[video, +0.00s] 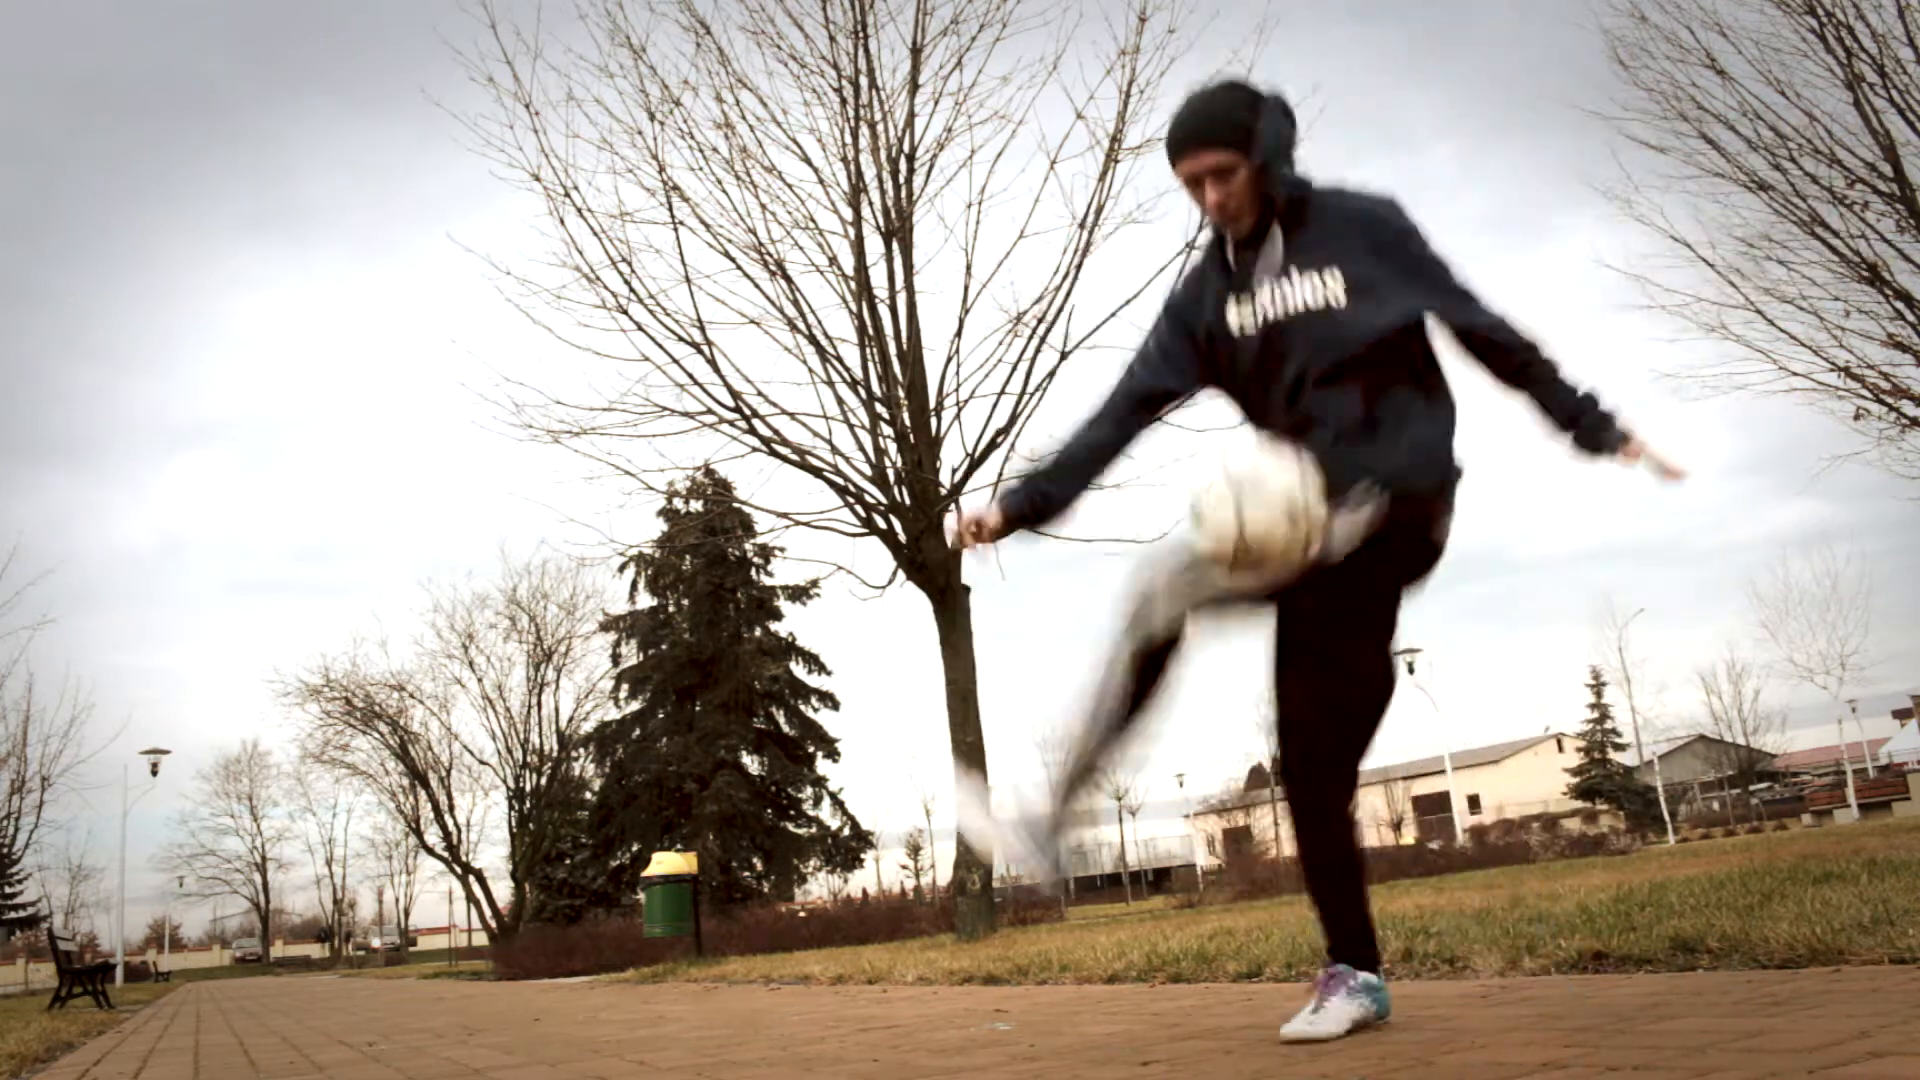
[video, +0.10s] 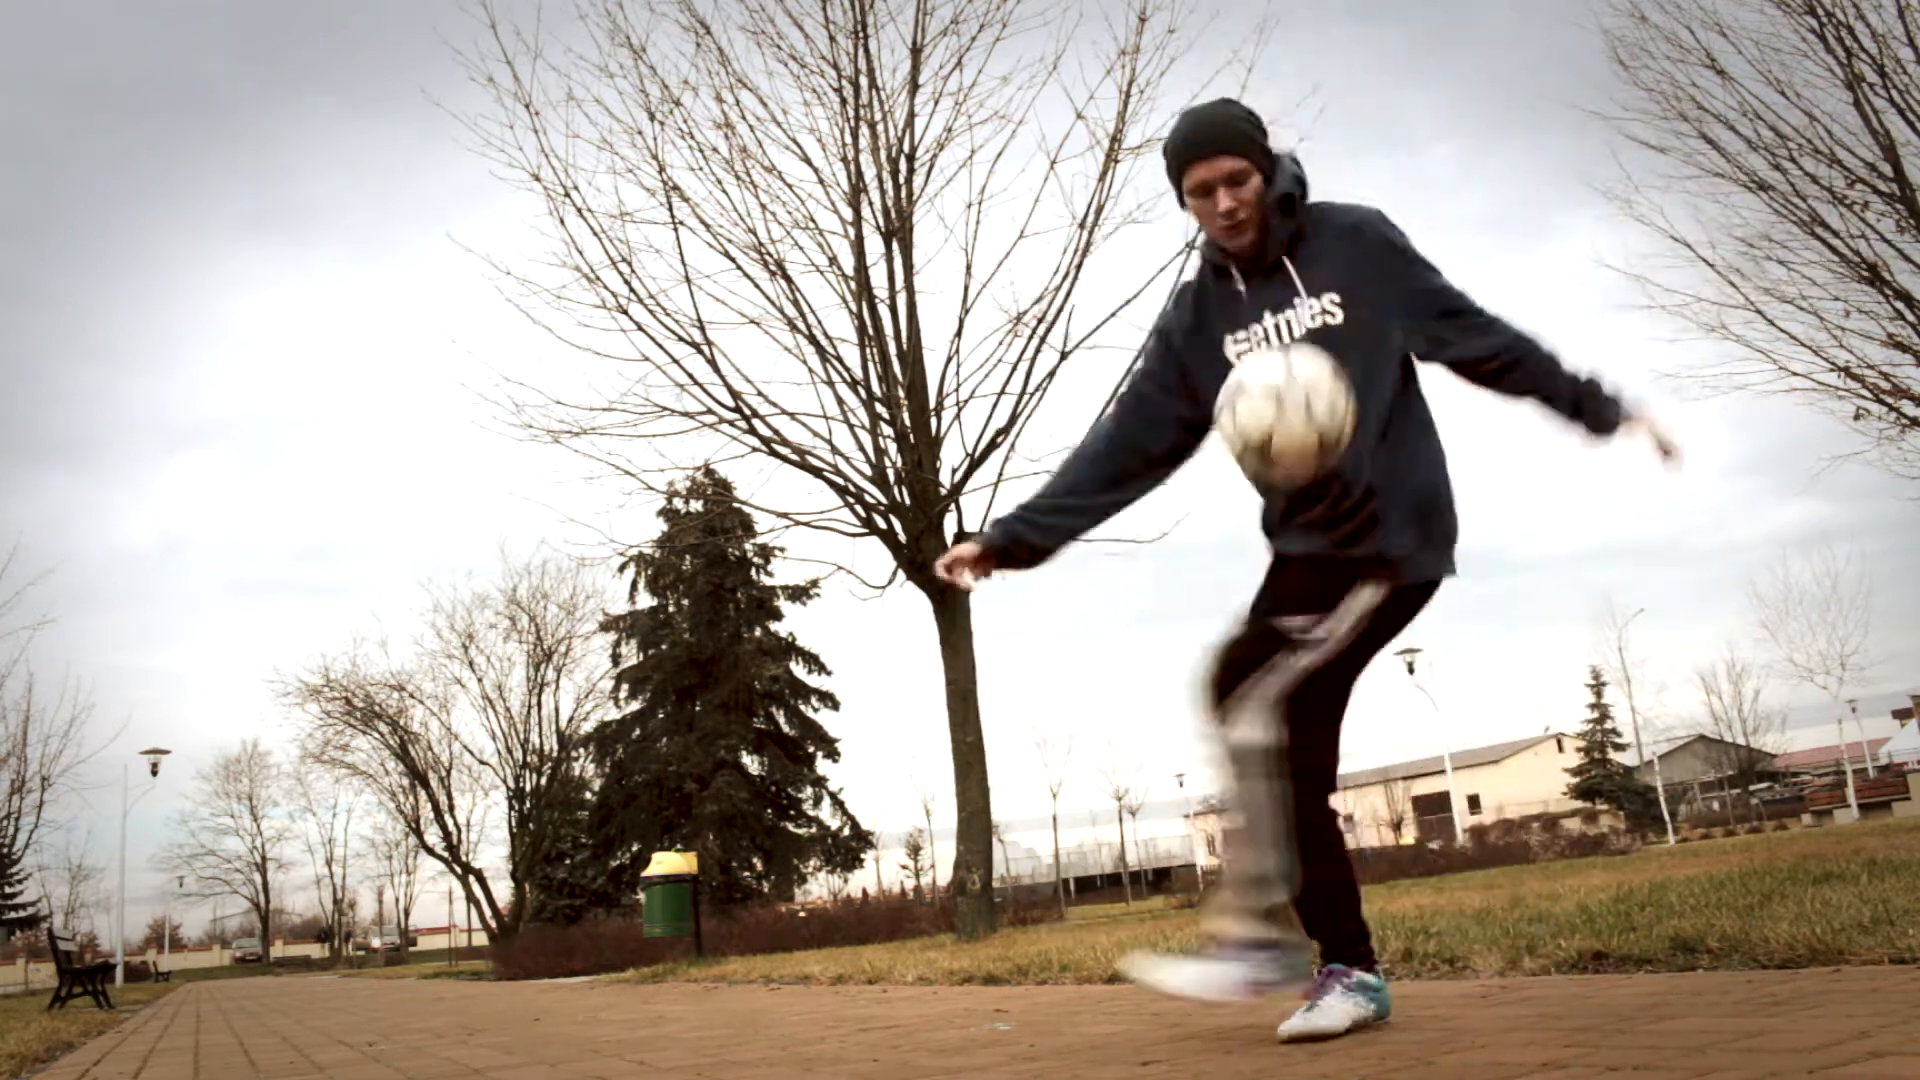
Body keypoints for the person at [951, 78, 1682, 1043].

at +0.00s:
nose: (1211, 199)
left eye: (1223, 175)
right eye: (1195, 184)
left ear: (1267, 159)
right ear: (1186, 188)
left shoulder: (1359, 227)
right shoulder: (1201, 296)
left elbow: (1474, 325)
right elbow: (1126, 410)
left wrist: (1592, 425)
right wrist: (1017, 505)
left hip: (1399, 486)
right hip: (1312, 508)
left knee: (1166, 591)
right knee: (1311, 758)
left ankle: (1058, 806)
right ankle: (1356, 973)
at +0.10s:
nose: (1224, 204)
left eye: (1236, 182)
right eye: (1204, 193)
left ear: (1269, 173)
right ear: (1186, 203)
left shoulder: (1353, 241)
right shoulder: (1196, 312)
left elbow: (1464, 335)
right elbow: (1131, 440)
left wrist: (1600, 408)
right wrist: (1007, 541)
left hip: (1395, 532)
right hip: (1302, 549)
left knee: (1250, 697)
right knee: (1290, 757)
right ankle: (1352, 972)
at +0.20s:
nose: (1239, 179)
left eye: (1250, 158)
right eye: (1217, 166)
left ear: (1273, 157)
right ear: (1185, 180)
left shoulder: (1340, 228)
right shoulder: (1172, 297)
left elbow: (1464, 281)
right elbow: (1105, 406)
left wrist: (1599, 320)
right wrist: (1034, 503)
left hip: (1407, 498)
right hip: (1296, 530)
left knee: (1429, 619)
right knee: (1301, 748)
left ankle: (1430, 818)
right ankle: (1355, 967)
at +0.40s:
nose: (1306, 142)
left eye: (1316, 125)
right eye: (1286, 130)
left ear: (1336, 129)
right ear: (1250, 145)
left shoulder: (1376, 214)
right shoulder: (1229, 229)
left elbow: (1489, 294)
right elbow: (1198, 352)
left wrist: (1625, 280)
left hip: (1390, 442)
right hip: (1295, 480)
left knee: (1493, 304)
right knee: (1327, 726)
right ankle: (1353, 965)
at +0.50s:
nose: (1319, 87)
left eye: (1330, 69)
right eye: (1296, 75)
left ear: (1348, 76)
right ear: (1261, 88)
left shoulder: (1374, 146)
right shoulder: (1254, 154)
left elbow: (1401, 212)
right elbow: (1235, 246)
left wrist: (1508, 229)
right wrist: (1305, 134)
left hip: (1418, 390)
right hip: (1330, 420)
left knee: (1523, 354)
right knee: (1329, 635)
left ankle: (1440, 562)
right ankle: (1335, 858)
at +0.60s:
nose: (1348, 79)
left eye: (1357, 63)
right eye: (1328, 66)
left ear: (1372, 67)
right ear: (1290, 75)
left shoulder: (1399, 149)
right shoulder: (1270, 148)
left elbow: (1463, 204)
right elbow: (1230, 197)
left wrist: (1593, 214)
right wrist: (1172, 204)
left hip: (1440, 364)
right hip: (1342, 377)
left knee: (1471, 572)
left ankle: (1550, 756)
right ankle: (1542, 745)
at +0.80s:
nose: (1399, 169)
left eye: (1417, 152)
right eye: (1380, 151)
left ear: (1439, 161)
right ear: (1346, 158)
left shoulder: (1488, 267)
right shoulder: (1288, 263)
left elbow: (1605, 346)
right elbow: (1219, 369)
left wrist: (1757, 393)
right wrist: (1127, 464)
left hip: (1462, 527)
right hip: (1344, 532)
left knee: (1551, 732)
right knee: (1565, 506)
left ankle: (1568, 944)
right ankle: (1737, 634)